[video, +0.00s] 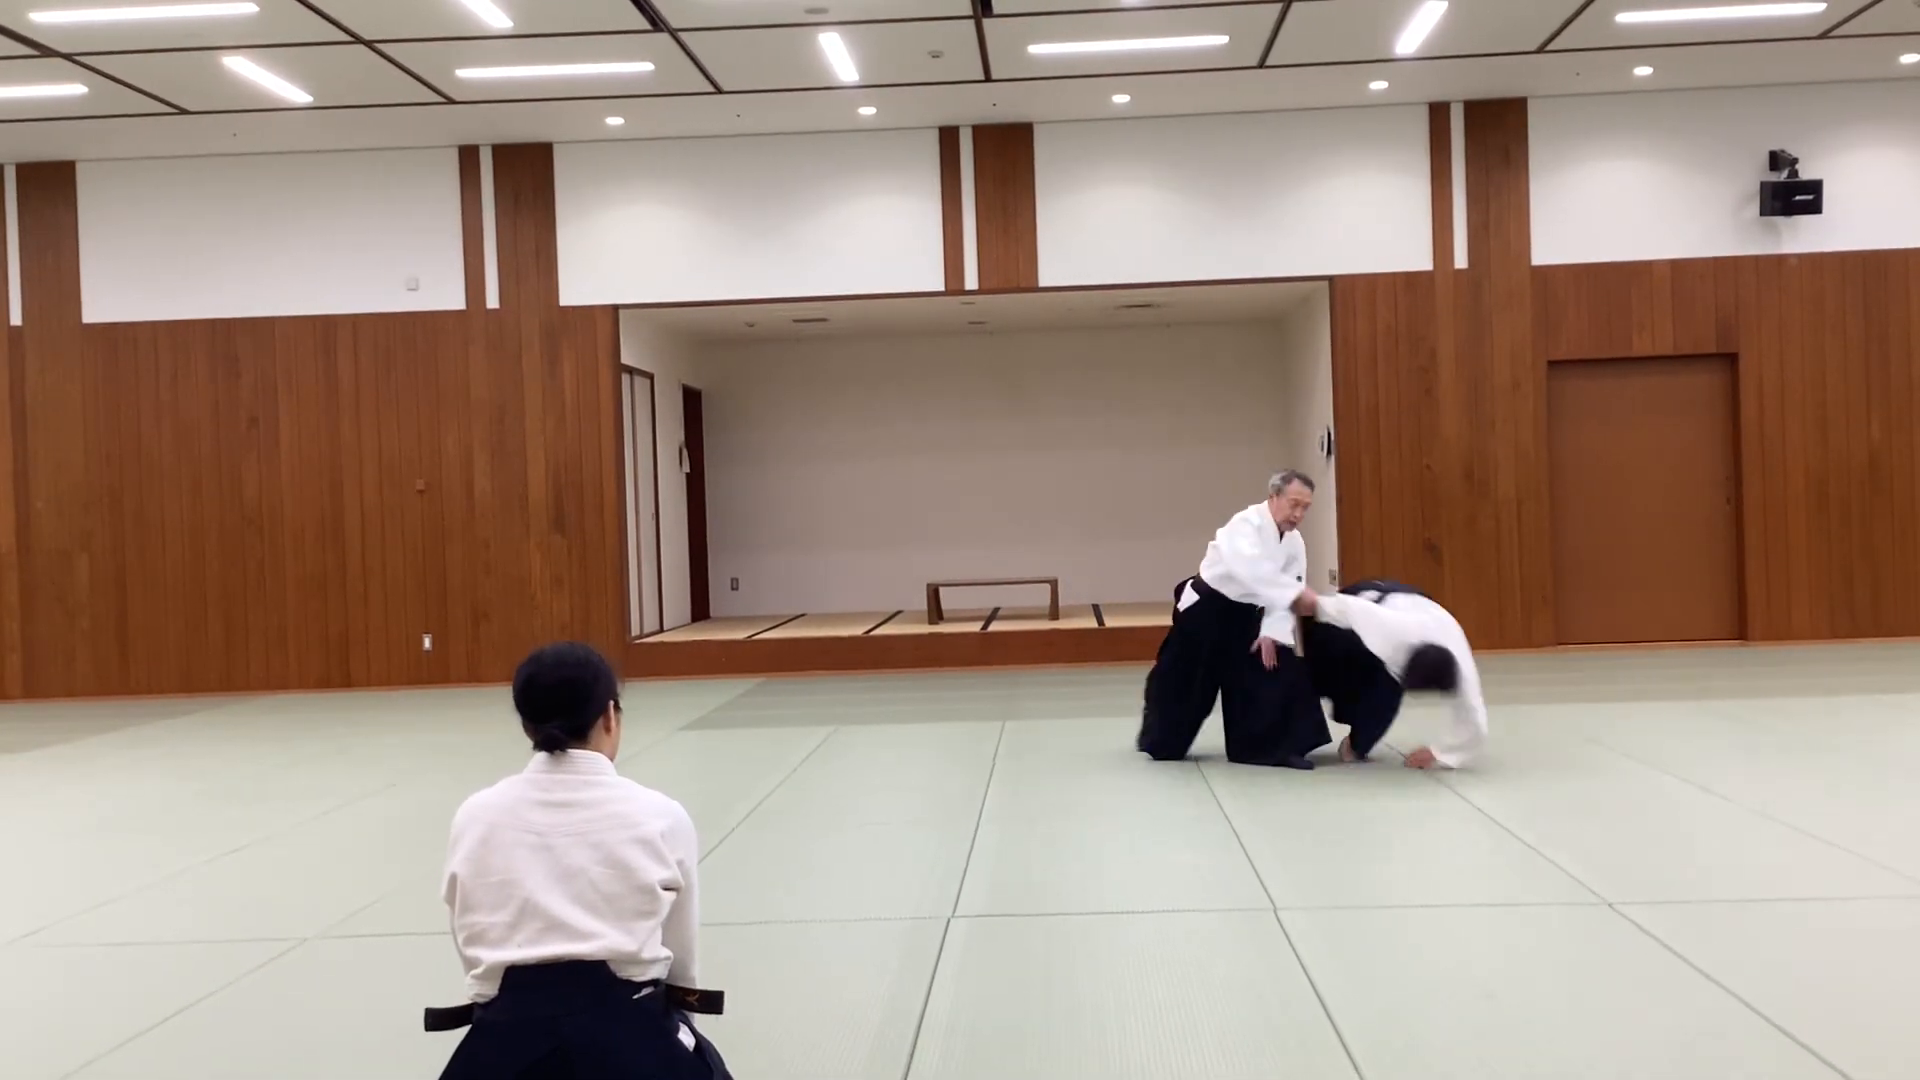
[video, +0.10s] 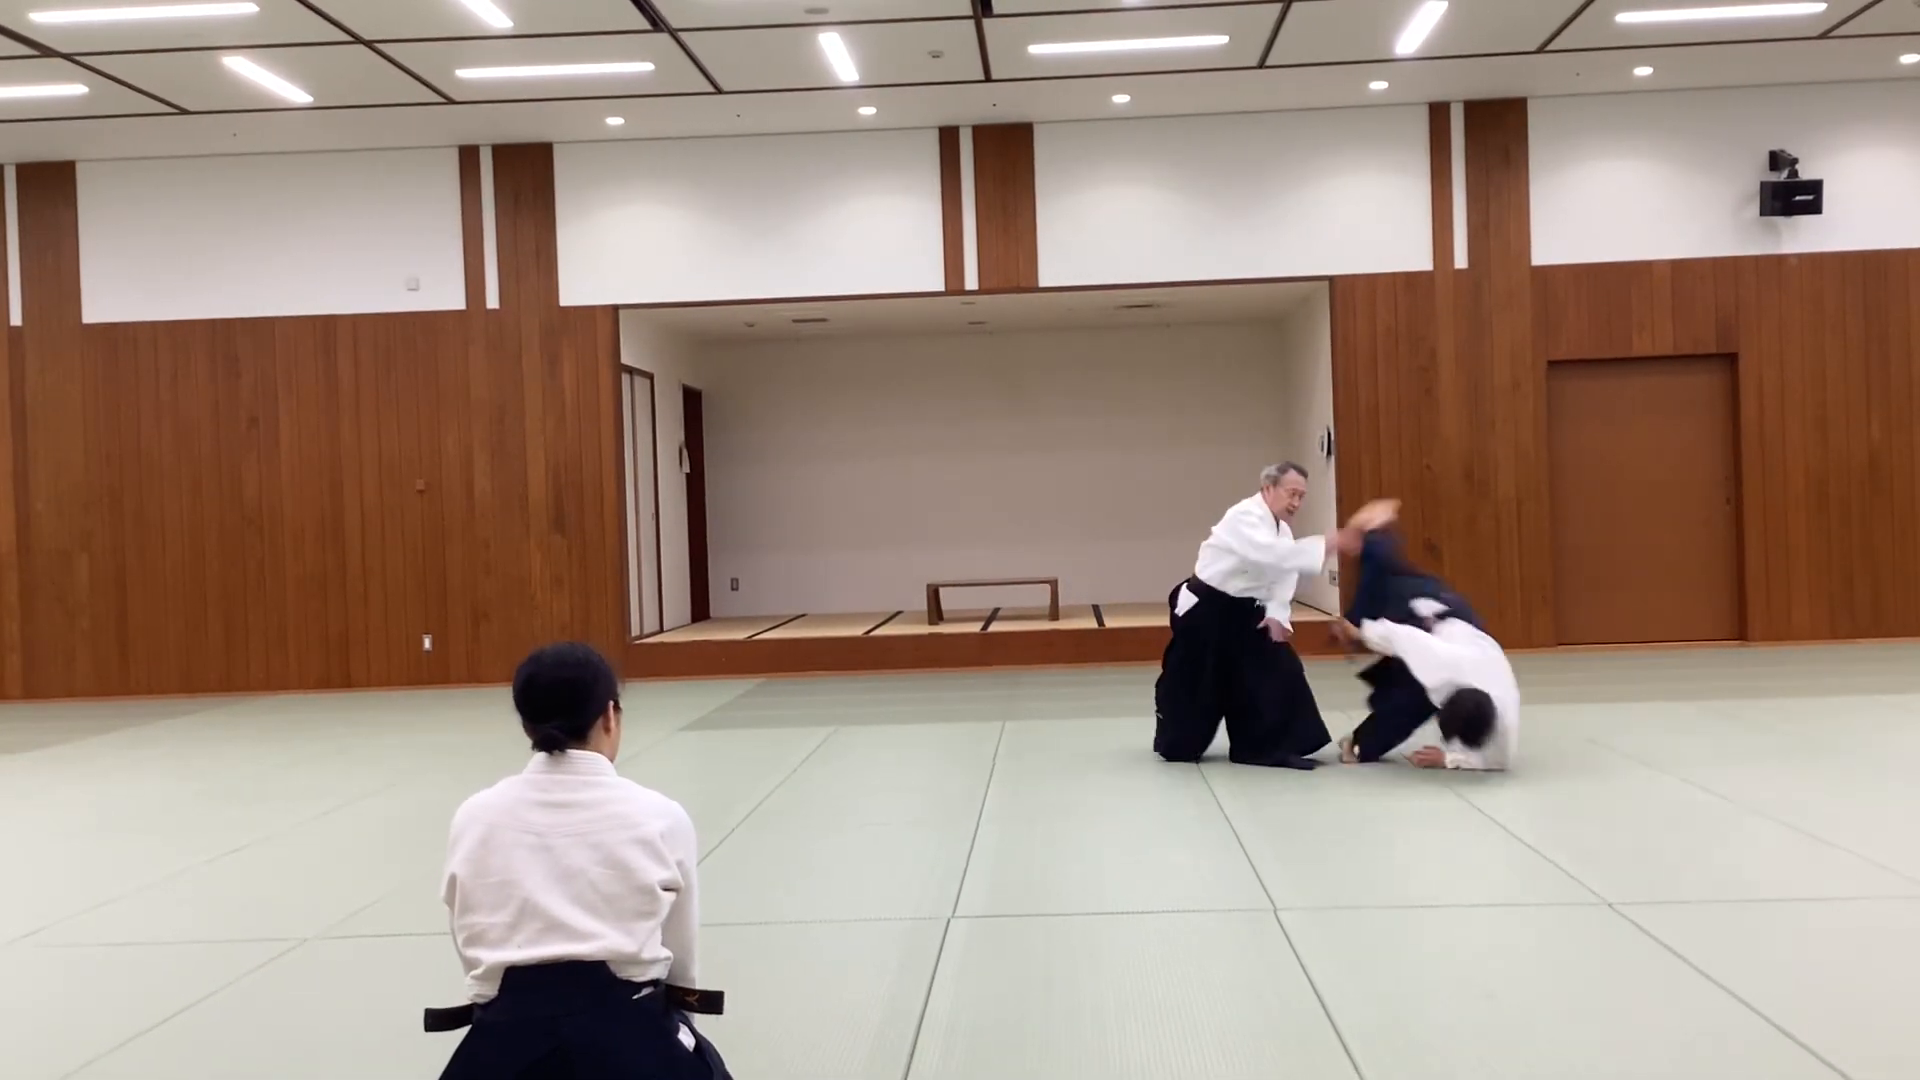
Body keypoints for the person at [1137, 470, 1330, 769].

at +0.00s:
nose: (1299, 514)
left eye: (1305, 508)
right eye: (1295, 505)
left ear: (1308, 508)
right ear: (1274, 498)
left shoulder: (1294, 543)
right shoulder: (1244, 525)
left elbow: (1287, 590)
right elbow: (1248, 571)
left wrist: (1272, 631)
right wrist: (1293, 594)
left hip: (1246, 615)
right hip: (1207, 608)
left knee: (1267, 678)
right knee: (1187, 678)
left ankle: (1265, 748)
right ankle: (1162, 742)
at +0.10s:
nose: (1296, 503)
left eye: (1301, 497)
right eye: (1291, 493)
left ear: (1302, 500)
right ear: (1268, 489)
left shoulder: (1283, 532)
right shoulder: (1242, 516)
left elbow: (1284, 579)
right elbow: (1268, 552)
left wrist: (1278, 613)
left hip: (1246, 612)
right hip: (1205, 607)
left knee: (1277, 673)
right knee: (1196, 681)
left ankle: (1266, 749)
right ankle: (1178, 745)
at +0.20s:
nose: (1279, 491)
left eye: (1283, 484)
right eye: (1275, 481)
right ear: (1251, 477)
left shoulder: (1266, 519)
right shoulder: (1230, 506)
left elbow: (1271, 566)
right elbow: (1279, 532)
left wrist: (1276, 606)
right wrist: (1318, 507)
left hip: (1239, 605)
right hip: (1200, 602)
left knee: (1270, 671)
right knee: (1187, 673)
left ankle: (1263, 747)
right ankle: (1159, 719)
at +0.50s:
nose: (1267, 476)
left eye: (1269, 469)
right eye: (1262, 468)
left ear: (1246, 468)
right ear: (1239, 466)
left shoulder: (1247, 508)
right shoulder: (1218, 499)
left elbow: (1259, 564)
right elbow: (1251, 540)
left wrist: (1274, 606)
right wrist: (1298, 537)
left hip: (1232, 597)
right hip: (1195, 597)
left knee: (1286, 658)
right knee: (1198, 667)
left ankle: (1279, 738)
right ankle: (1192, 737)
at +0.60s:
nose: (1284, 480)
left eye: (1285, 473)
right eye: (1280, 472)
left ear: (1260, 472)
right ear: (1257, 470)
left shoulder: (1256, 510)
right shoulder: (1231, 505)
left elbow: (1266, 578)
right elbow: (1259, 555)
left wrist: (1280, 625)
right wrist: (1310, 566)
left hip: (1236, 599)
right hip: (1206, 599)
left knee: (1291, 659)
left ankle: (1281, 738)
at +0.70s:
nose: (1303, 483)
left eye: (1304, 475)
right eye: (1298, 475)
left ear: (1277, 474)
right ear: (1276, 473)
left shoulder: (1268, 508)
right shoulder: (1251, 506)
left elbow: (1273, 571)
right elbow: (1268, 564)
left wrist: (1283, 617)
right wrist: (1311, 597)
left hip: (1247, 599)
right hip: (1219, 598)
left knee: (1297, 661)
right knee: (1200, 668)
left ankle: (1279, 738)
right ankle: (1154, 718)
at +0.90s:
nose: (1319, 479)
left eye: (1321, 472)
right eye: (1315, 470)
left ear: (1294, 470)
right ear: (1291, 468)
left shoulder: (1292, 509)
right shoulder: (1258, 505)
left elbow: (1295, 564)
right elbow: (1254, 566)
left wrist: (1301, 610)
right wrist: (1262, 619)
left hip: (1264, 592)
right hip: (1228, 592)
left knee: (1301, 663)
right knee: (1231, 670)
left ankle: (1292, 740)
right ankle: (1174, 715)